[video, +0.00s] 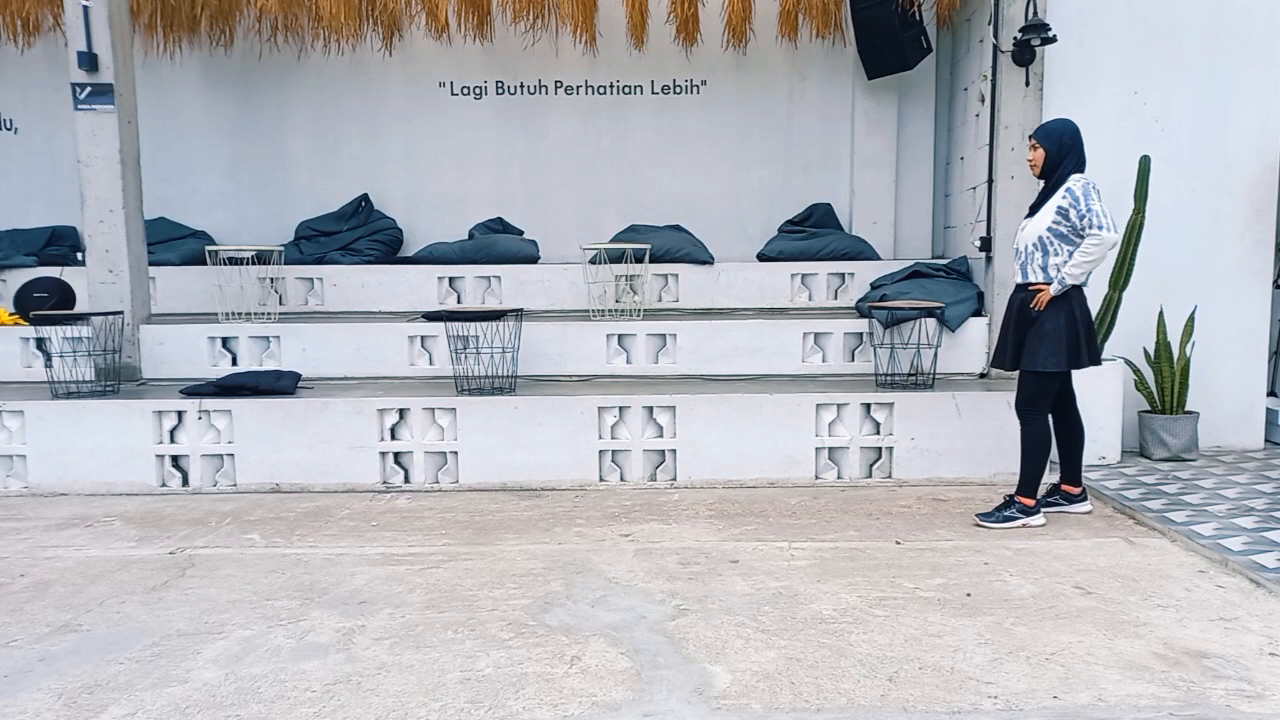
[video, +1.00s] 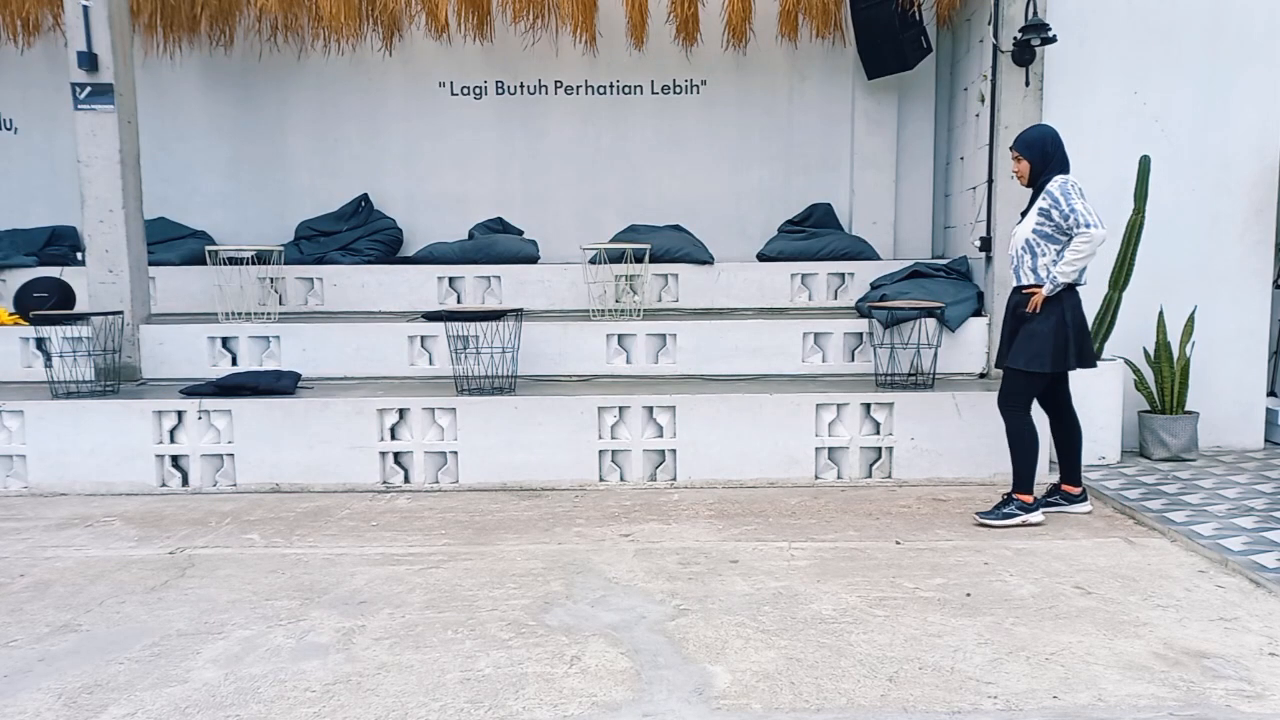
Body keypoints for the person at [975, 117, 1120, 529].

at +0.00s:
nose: (1030, 155)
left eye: (1036, 147)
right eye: (1030, 148)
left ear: (1058, 149)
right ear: (1050, 151)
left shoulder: (1078, 186)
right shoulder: (1051, 192)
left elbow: (1103, 236)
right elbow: (1057, 248)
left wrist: (1060, 283)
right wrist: (1030, 284)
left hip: (1053, 310)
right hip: (1037, 308)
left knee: (1031, 405)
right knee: (1061, 403)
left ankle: (1024, 501)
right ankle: (1072, 489)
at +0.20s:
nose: (1027, 160)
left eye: (1033, 153)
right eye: (1026, 153)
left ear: (1055, 152)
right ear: (1046, 154)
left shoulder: (1075, 187)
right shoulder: (1050, 193)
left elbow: (1104, 235)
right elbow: (1060, 248)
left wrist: (1061, 284)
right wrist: (1033, 284)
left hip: (1053, 311)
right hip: (1040, 309)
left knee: (1026, 404)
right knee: (1062, 401)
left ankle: (1024, 501)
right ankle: (1072, 489)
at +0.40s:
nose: (1025, 163)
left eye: (1031, 155)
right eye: (1025, 155)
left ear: (1053, 153)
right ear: (1044, 156)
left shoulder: (1073, 186)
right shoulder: (1050, 193)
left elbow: (1105, 234)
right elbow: (1062, 248)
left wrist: (1061, 283)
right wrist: (1034, 283)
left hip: (1053, 311)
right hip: (1041, 309)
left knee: (1030, 405)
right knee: (1062, 403)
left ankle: (1024, 501)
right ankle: (1072, 489)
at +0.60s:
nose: (1024, 164)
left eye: (1029, 156)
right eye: (1023, 156)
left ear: (1052, 154)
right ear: (1043, 157)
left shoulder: (1069, 186)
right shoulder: (1050, 193)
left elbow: (1102, 232)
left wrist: (1060, 283)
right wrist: (1037, 282)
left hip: (1051, 311)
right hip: (1043, 308)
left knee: (1040, 407)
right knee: (1063, 403)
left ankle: (1025, 501)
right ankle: (1072, 488)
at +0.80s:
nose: (1020, 164)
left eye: (1026, 156)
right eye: (1020, 157)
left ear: (1048, 154)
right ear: (1042, 157)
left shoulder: (1065, 186)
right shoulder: (1048, 192)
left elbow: (1098, 232)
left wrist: (1056, 282)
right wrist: (1038, 281)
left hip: (1049, 311)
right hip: (1045, 308)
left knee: (1035, 406)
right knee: (1063, 404)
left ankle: (1025, 501)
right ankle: (1072, 488)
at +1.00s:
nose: (1015, 168)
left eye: (1020, 160)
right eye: (1014, 160)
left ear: (1041, 157)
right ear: (1038, 159)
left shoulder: (1060, 187)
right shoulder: (1044, 194)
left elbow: (1091, 232)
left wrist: (1052, 283)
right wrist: (1032, 284)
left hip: (1045, 311)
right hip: (1040, 309)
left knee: (1013, 402)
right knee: (1056, 401)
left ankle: (1022, 499)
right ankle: (1071, 488)